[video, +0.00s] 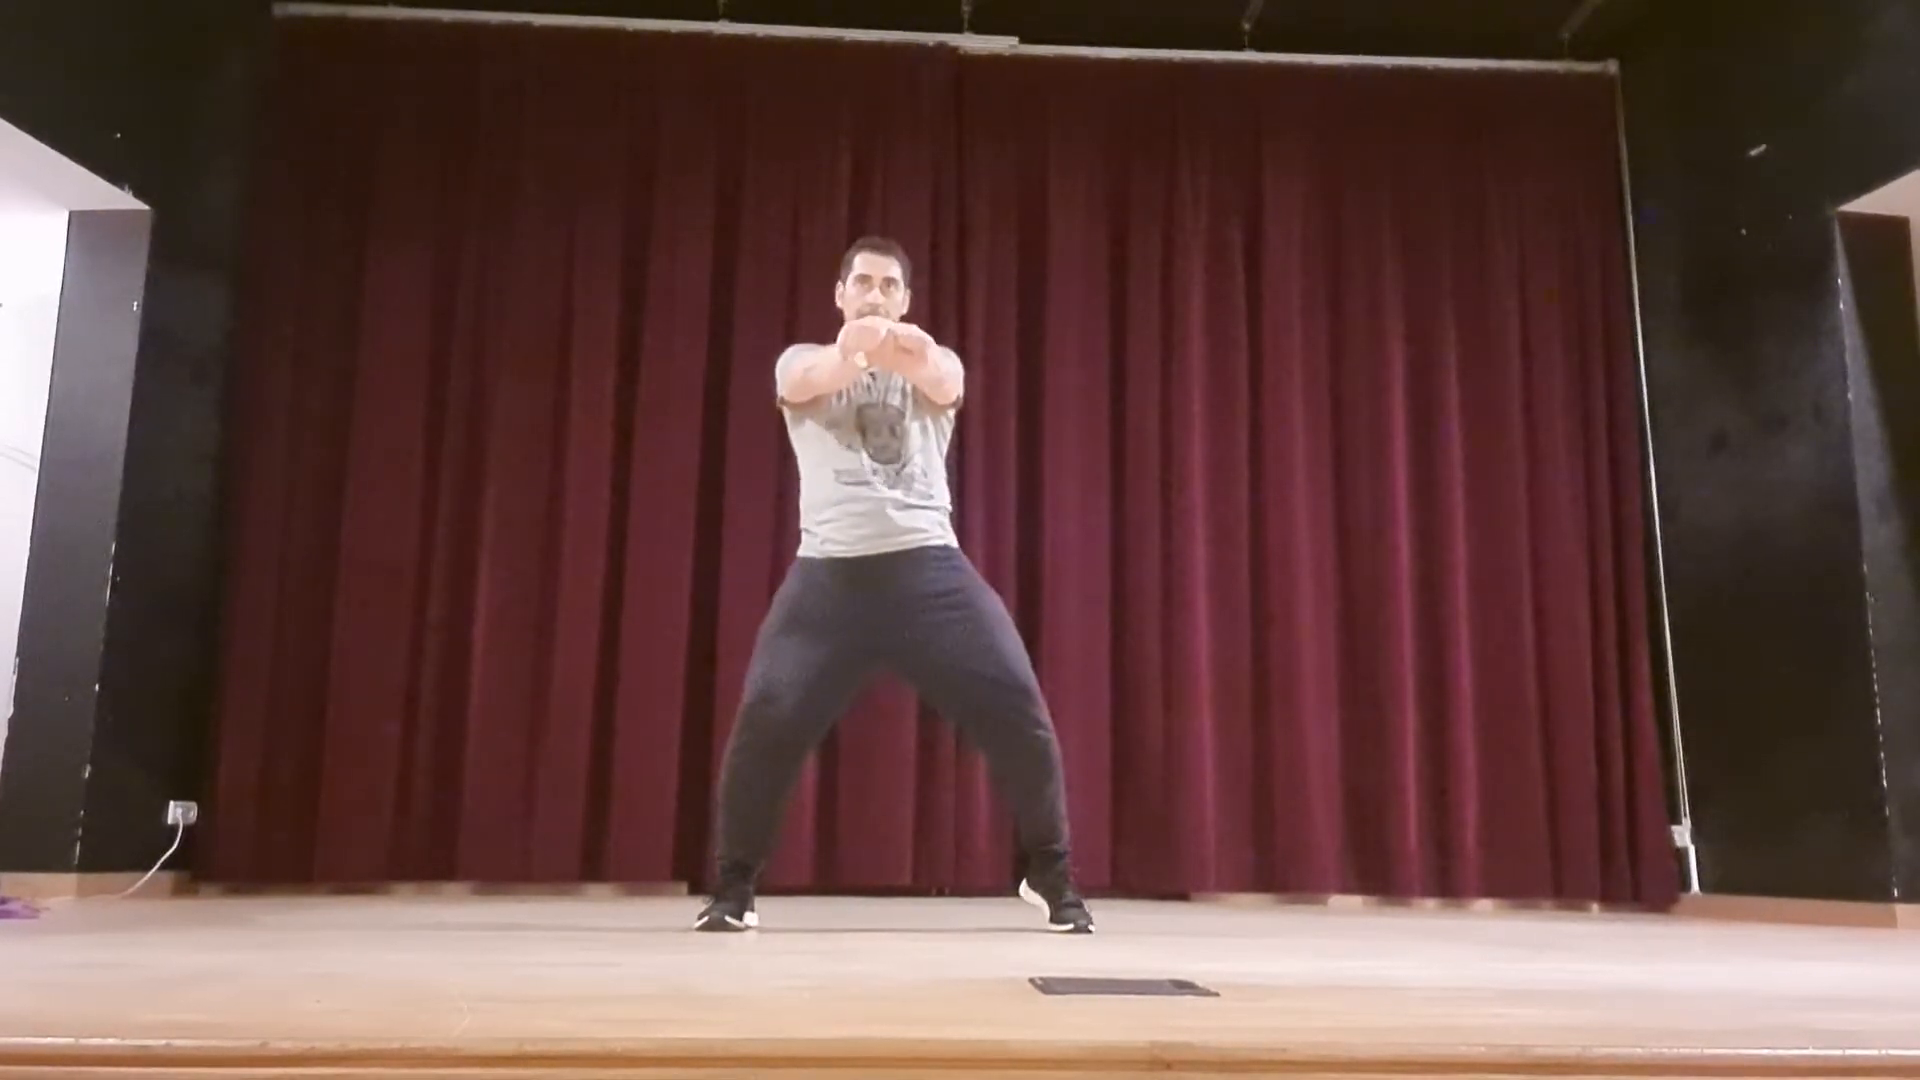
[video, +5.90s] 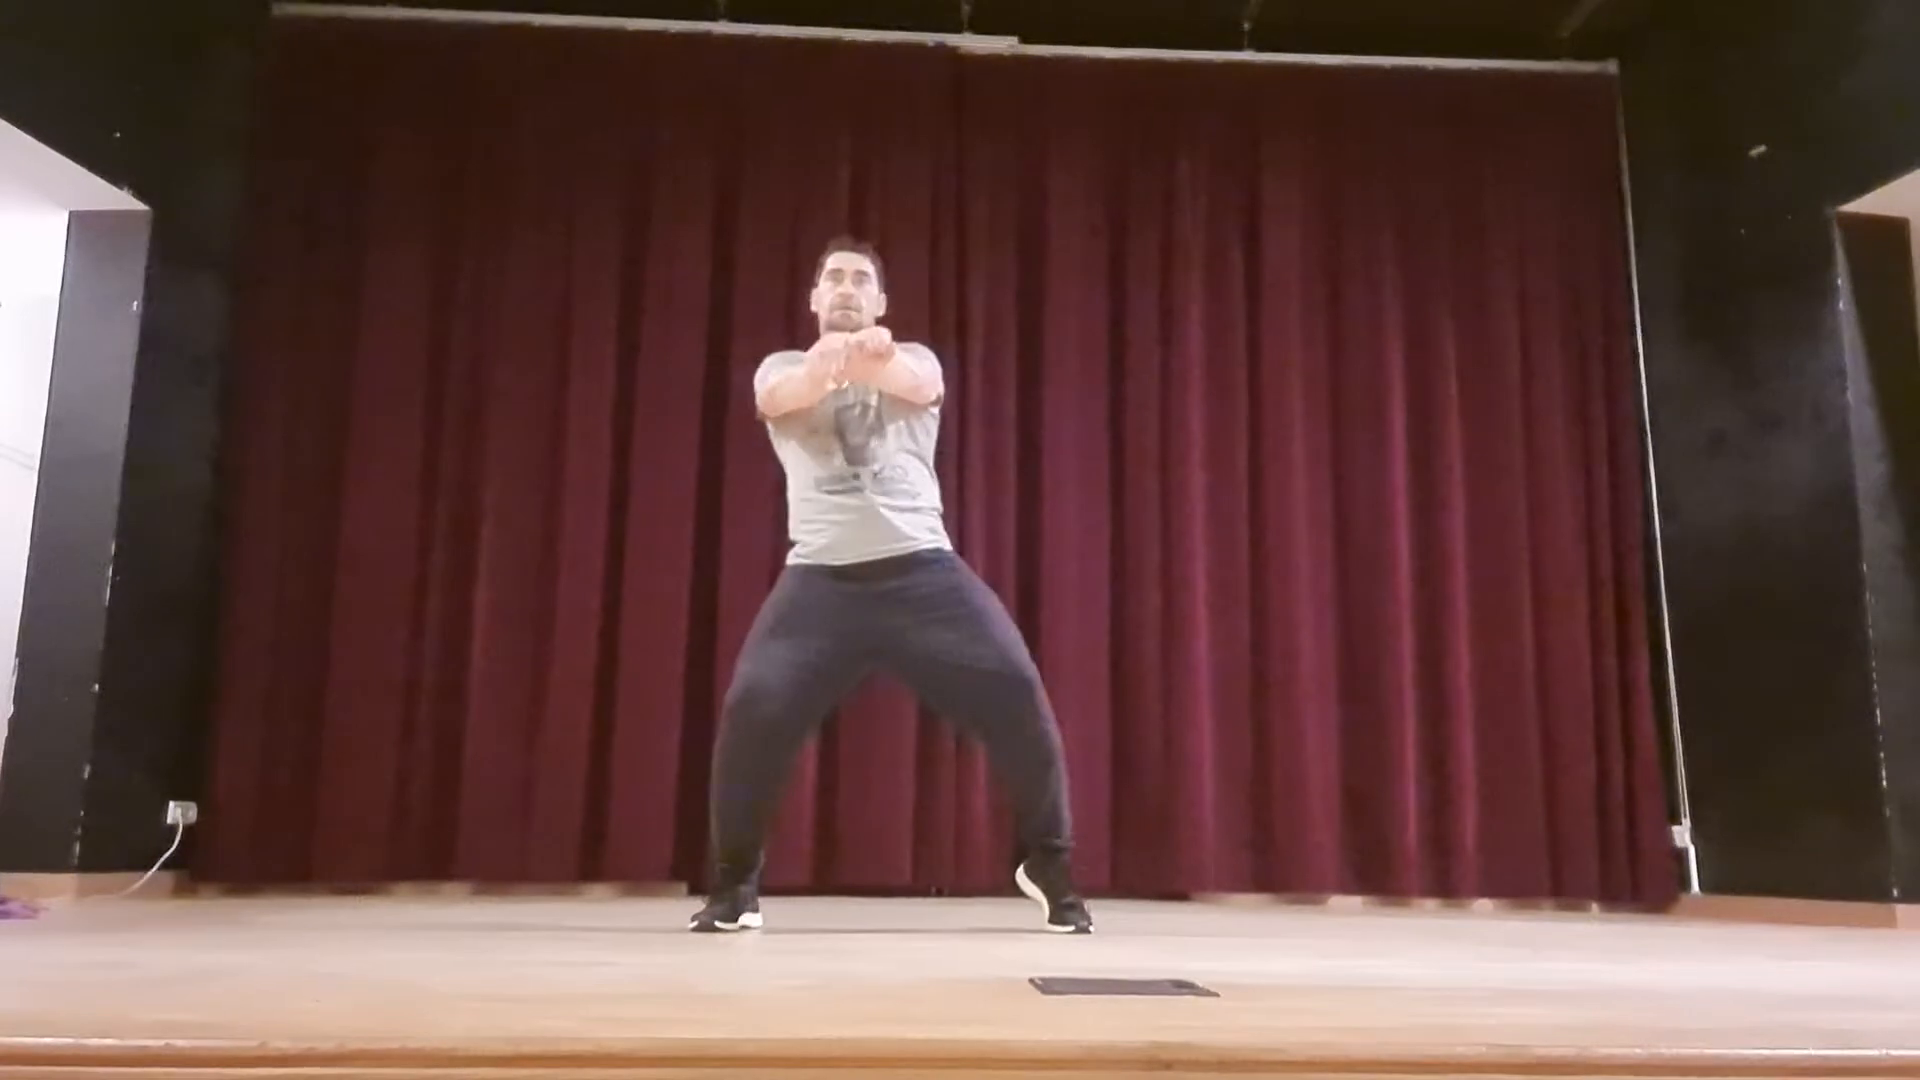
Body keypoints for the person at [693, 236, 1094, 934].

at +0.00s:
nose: (875, 295)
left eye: (888, 286)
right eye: (864, 283)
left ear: (907, 300)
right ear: (839, 293)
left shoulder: (932, 359)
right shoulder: (802, 360)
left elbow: (947, 388)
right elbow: (803, 384)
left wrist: (913, 358)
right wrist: (852, 357)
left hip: (930, 571)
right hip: (827, 578)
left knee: (1020, 711)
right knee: (767, 712)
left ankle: (1048, 869)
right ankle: (733, 889)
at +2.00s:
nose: (941, 271)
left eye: (949, 268)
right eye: (926, 264)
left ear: (961, 294)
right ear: (894, 293)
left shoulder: (983, 360)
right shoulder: (862, 350)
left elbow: (996, 394)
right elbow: (851, 361)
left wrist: (971, 333)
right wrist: (916, 323)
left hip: (963, 571)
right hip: (862, 567)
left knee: (1026, 709)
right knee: (773, 685)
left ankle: (1049, 890)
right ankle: (733, 871)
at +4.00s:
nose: (928, 296)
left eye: (942, 287)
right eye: (915, 288)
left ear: (971, 310)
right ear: (897, 311)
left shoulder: (991, 373)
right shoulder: (867, 359)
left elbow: (1007, 420)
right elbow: (860, 387)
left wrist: (974, 365)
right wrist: (932, 372)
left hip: (969, 581)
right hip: (865, 579)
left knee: (1026, 711)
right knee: (779, 690)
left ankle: (1041, 888)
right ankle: (734, 872)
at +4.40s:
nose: (847, 292)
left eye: (861, 283)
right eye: (835, 282)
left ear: (884, 302)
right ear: (815, 301)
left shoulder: (918, 361)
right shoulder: (788, 369)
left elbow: (926, 387)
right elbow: (777, 405)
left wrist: (878, 362)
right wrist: (824, 374)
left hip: (923, 573)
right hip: (820, 579)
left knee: (1019, 693)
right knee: (754, 700)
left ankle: (1046, 863)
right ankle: (732, 888)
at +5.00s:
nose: (926, 312)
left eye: (938, 302)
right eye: (914, 299)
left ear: (960, 305)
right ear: (892, 298)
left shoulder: (983, 365)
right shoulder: (859, 353)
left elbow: (997, 394)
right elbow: (854, 353)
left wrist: (972, 324)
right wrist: (913, 320)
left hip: (959, 573)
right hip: (856, 567)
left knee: (1022, 705)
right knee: (763, 681)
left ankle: (1041, 886)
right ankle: (730, 867)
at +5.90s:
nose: (845, 289)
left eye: (859, 280)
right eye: (833, 279)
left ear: (881, 300)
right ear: (812, 297)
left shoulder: (914, 360)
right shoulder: (780, 369)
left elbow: (923, 385)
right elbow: (782, 398)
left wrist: (874, 369)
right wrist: (826, 369)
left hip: (923, 572)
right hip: (820, 579)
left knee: (1017, 689)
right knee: (755, 702)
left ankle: (1047, 862)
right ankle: (732, 885)